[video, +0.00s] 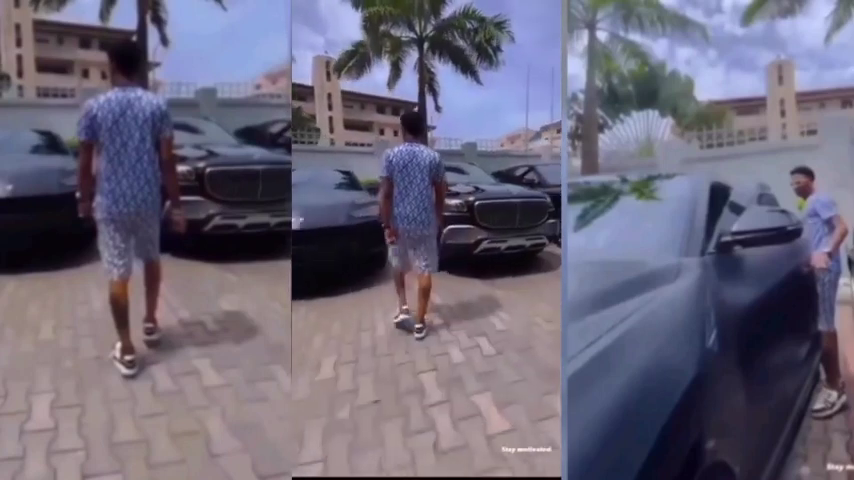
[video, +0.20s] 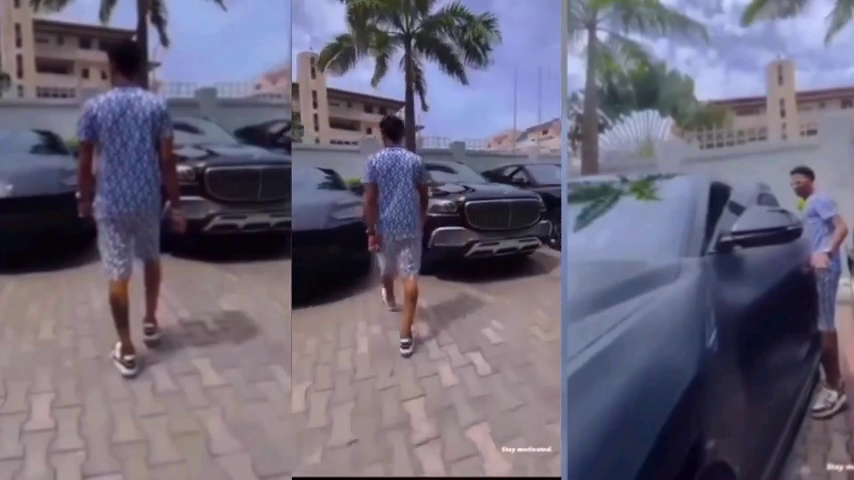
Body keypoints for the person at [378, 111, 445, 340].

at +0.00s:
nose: (401, 133)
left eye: (401, 129)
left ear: (402, 130)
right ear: (424, 130)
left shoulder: (392, 156)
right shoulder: (432, 157)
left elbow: (386, 193)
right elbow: (440, 192)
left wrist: (386, 223)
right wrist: (439, 219)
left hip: (399, 223)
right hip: (425, 223)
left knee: (398, 268)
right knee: (425, 271)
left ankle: (403, 307)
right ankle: (420, 322)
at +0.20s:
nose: (384, 138)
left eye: (383, 134)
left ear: (382, 135)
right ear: (403, 135)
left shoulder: (375, 162)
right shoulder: (415, 160)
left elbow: (370, 199)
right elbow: (424, 193)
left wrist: (371, 230)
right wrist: (422, 217)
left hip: (386, 227)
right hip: (411, 227)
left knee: (387, 269)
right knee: (410, 277)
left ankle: (390, 299)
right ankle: (406, 335)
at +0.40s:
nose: (361, 136)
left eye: (358, 131)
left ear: (357, 133)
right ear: (378, 132)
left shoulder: (350, 159)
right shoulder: (391, 158)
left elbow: (348, 199)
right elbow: (400, 195)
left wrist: (346, 230)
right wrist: (404, 222)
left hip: (363, 224)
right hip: (389, 223)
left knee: (367, 269)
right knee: (395, 268)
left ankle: (374, 308)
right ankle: (392, 316)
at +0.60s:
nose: (346, 134)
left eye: (340, 129)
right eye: (354, 130)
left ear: (336, 130)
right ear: (357, 130)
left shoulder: (324, 156)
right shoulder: (369, 155)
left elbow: (319, 194)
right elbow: (378, 191)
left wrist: (320, 225)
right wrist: (385, 218)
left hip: (339, 223)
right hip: (367, 221)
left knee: (346, 272)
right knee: (377, 265)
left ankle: (356, 319)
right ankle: (374, 304)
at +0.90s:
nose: (331, 140)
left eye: (323, 135)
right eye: (335, 136)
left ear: (316, 135)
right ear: (337, 137)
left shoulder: (302, 160)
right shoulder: (346, 162)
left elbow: (296, 196)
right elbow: (353, 197)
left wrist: (297, 226)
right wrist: (361, 225)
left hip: (313, 227)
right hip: (341, 225)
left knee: (322, 280)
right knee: (345, 263)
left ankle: (329, 336)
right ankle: (343, 297)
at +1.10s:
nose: (323, 138)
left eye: (315, 133)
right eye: (327, 135)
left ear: (308, 134)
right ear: (329, 135)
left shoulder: (296, 159)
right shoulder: (336, 161)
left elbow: (295, 189)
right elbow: (344, 196)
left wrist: (297, 218)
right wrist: (351, 225)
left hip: (305, 221)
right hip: (332, 220)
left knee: (304, 266)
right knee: (335, 264)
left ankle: (310, 310)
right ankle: (331, 308)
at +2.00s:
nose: (334, 139)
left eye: (329, 136)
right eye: (337, 136)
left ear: (322, 137)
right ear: (340, 137)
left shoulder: (312, 161)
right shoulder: (349, 159)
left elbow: (311, 192)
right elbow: (357, 189)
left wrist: (318, 205)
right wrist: (360, 207)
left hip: (325, 214)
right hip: (349, 213)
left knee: (334, 260)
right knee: (357, 252)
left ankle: (342, 305)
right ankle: (357, 290)